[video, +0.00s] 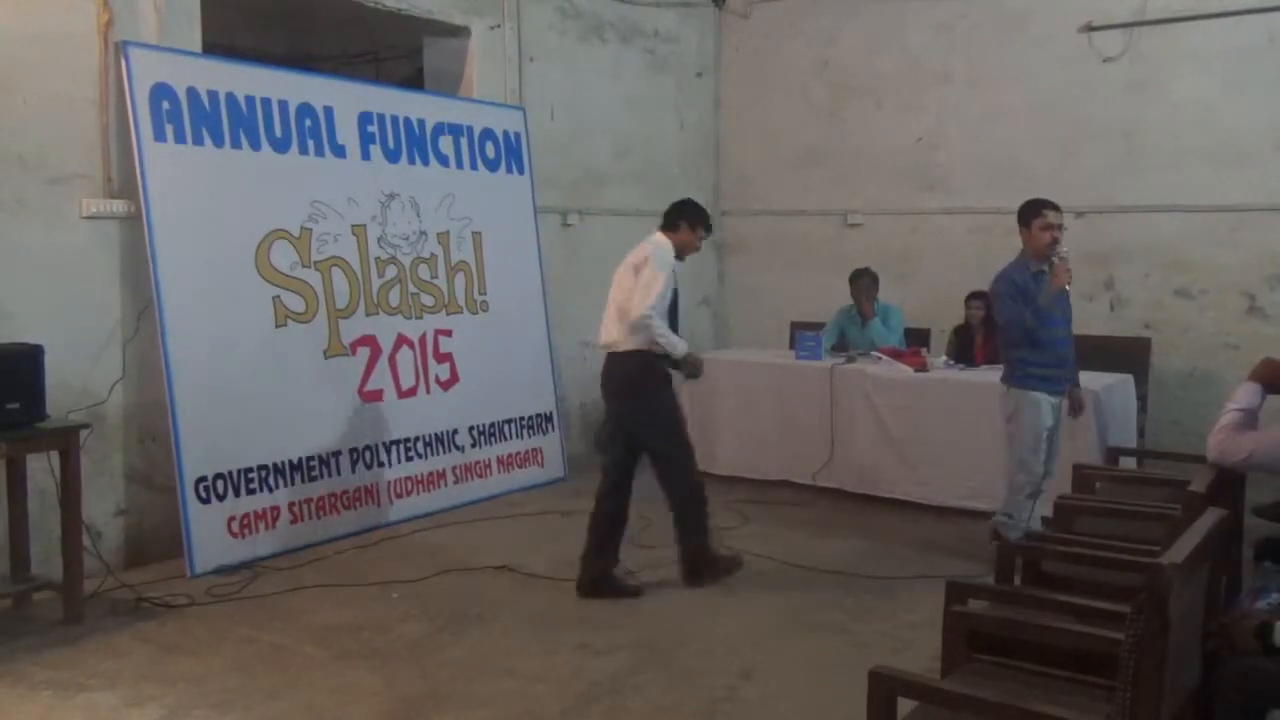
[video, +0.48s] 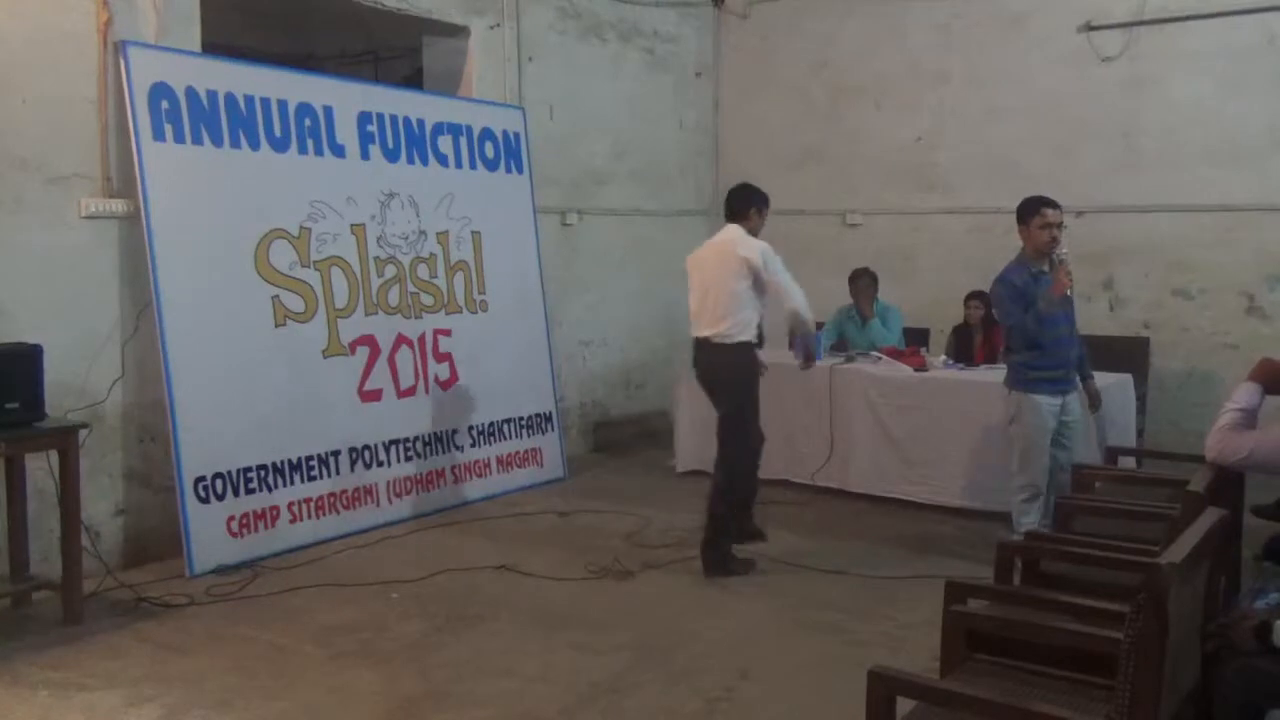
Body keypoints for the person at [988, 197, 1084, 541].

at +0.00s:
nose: (1056, 236)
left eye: (1059, 229)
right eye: (1047, 229)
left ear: (1061, 231)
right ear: (1025, 232)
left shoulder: (1054, 277)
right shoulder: (1008, 281)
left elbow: (1064, 338)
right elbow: (1012, 329)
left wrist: (1072, 384)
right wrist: (1052, 289)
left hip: (1054, 390)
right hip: (1026, 389)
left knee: (1042, 473)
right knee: (1026, 473)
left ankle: (1023, 533)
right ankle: (1006, 537)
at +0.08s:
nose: (1055, 236)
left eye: (1059, 228)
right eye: (1047, 228)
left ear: (1061, 231)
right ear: (1024, 232)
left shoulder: (1056, 276)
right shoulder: (1008, 282)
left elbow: (1066, 336)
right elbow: (1019, 329)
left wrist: (1078, 382)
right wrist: (1053, 291)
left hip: (1056, 390)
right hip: (1027, 389)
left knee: (1050, 472)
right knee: (1028, 474)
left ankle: (1023, 529)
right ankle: (1011, 540)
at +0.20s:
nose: (1055, 235)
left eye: (1059, 228)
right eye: (1046, 228)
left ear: (1062, 231)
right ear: (1024, 232)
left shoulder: (1057, 275)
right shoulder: (1009, 281)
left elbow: (1068, 336)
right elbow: (1020, 332)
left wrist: (1086, 382)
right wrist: (1054, 292)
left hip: (1064, 389)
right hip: (1029, 390)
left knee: (1062, 471)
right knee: (1029, 475)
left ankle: (1048, 534)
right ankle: (1020, 542)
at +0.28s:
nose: (1055, 235)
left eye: (1059, 228)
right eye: (1046, 228)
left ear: (1062, 231)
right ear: (1024, 232)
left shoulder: (1057, 274)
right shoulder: (1008, 281)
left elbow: (1070, 335)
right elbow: (1022, 332)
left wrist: (1089, 381)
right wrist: (1054, 292)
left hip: (1065, 389)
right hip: (1030, 391)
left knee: (1061, 472)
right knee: (1029, 475)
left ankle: (1052, 537)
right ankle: (1021, 543)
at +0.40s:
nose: (1055, 235)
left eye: (1058, 227)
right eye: (1046, 228)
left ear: (1061, 230)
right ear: (1023, 231)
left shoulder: (1057, 273)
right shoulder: (1008, 282)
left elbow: (1070, 334)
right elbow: (1018, 337)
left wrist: (1089, 379)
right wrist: (1052, 294)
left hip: (1067, 389)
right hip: (1031, 391)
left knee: (1065, 468)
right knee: (1032, 472)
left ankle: (1055, 532)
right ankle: (1026, 538)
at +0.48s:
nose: (1054, 234)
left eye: (1058, 227)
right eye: (1045, 227)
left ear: (1062, 230)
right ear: (1023, 231)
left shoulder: (1058, 274)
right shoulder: (1008, 282)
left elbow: (1071, 333)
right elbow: (1018, 336)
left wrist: (1087, 380)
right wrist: (1052, 295)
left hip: (1068, 390)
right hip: (1032, 392)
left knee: (1063, 477)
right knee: (1031, 480)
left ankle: (1059, 545)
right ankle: (1028, 552)